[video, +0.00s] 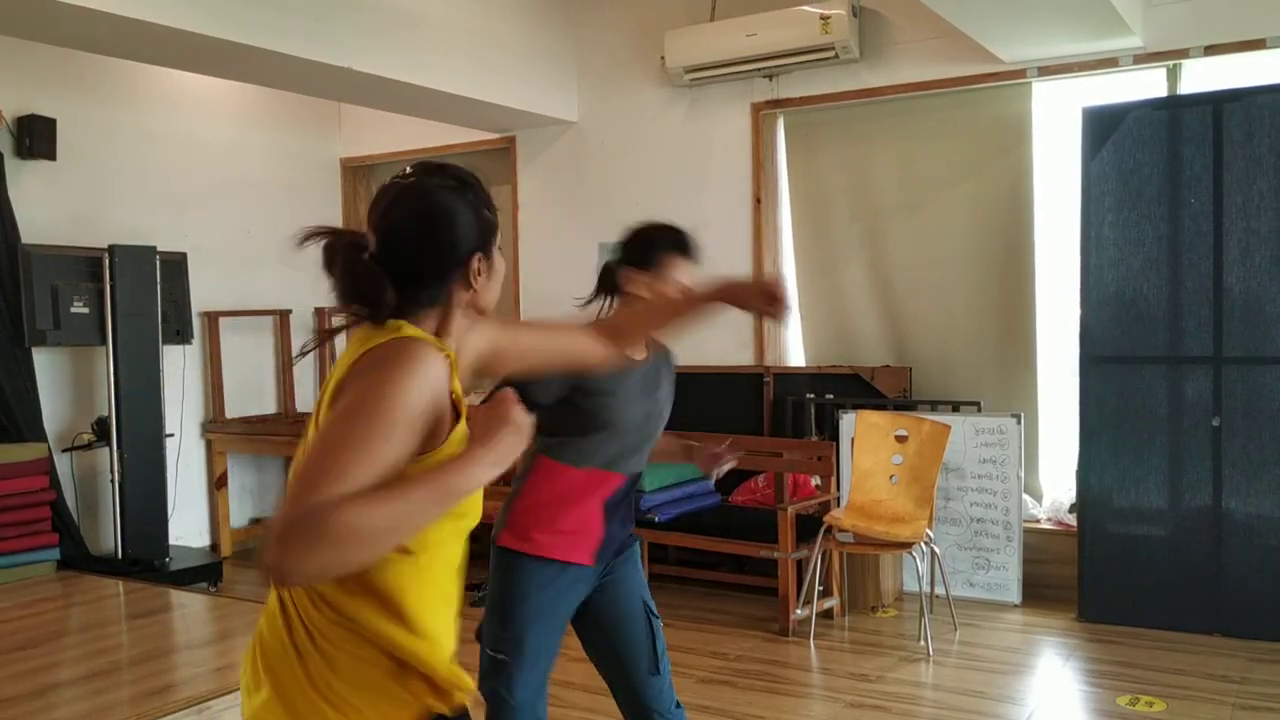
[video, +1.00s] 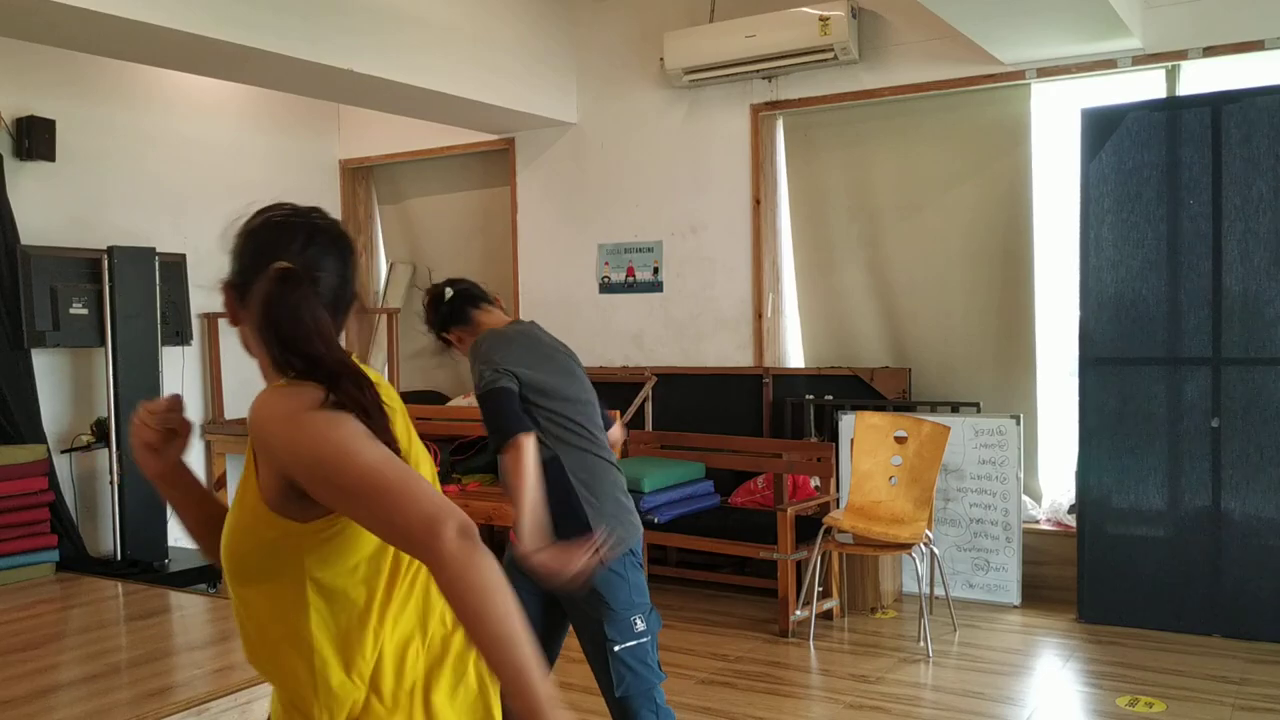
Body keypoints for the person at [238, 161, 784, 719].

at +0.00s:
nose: (501, 271)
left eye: (497, 254)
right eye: (498, 256)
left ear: (393, 264)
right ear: (478, 272)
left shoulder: (463, 343)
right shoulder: (405, 368)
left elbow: (608, 339)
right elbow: (292, 552)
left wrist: (722, 293)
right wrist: (481, 458)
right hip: (355, 690)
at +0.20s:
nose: (552, 308)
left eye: (551, 290)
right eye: (550, 290)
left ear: (440, 297)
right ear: (518, 304)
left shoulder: (524, 403)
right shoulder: (374, 421)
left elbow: (667, 525)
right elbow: (241, 569)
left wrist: (598, 458)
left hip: (458, 700)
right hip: (336, 701)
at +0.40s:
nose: (578, 346)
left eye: (573, 329)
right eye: (575, 331)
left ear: (471, 340)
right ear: (555, 346)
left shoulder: (513, 446)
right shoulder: (439, 483)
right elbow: (268, 631)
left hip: (473, 699)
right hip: (360, 705)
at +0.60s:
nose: (642, 282)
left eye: (656, 269)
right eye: (466, 267)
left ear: (348, 274)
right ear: (453, 280)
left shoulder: (283, 378)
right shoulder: (485, 383)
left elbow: (126, 455)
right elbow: (646, 425)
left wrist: (135, 596)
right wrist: (826, 398)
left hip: (324, 695)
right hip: (470, 682)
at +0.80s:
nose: (299, 249)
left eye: (305, 234)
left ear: (308, 257)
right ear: (417, 251)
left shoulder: (285, 362)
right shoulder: (443, 362)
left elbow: (263, 495)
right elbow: (325, 411)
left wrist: (160, 668)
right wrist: (154, 352)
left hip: (339, 690)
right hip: (478, 679)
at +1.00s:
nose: (229, 303)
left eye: (228, 287)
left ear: (232, 301)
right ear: (343, 308)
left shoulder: (283, 411)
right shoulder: (367, 386)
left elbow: (451, 536)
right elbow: (251, 556)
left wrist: (536, 702)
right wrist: (169, 472)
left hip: (354, 704)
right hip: (444, 695)